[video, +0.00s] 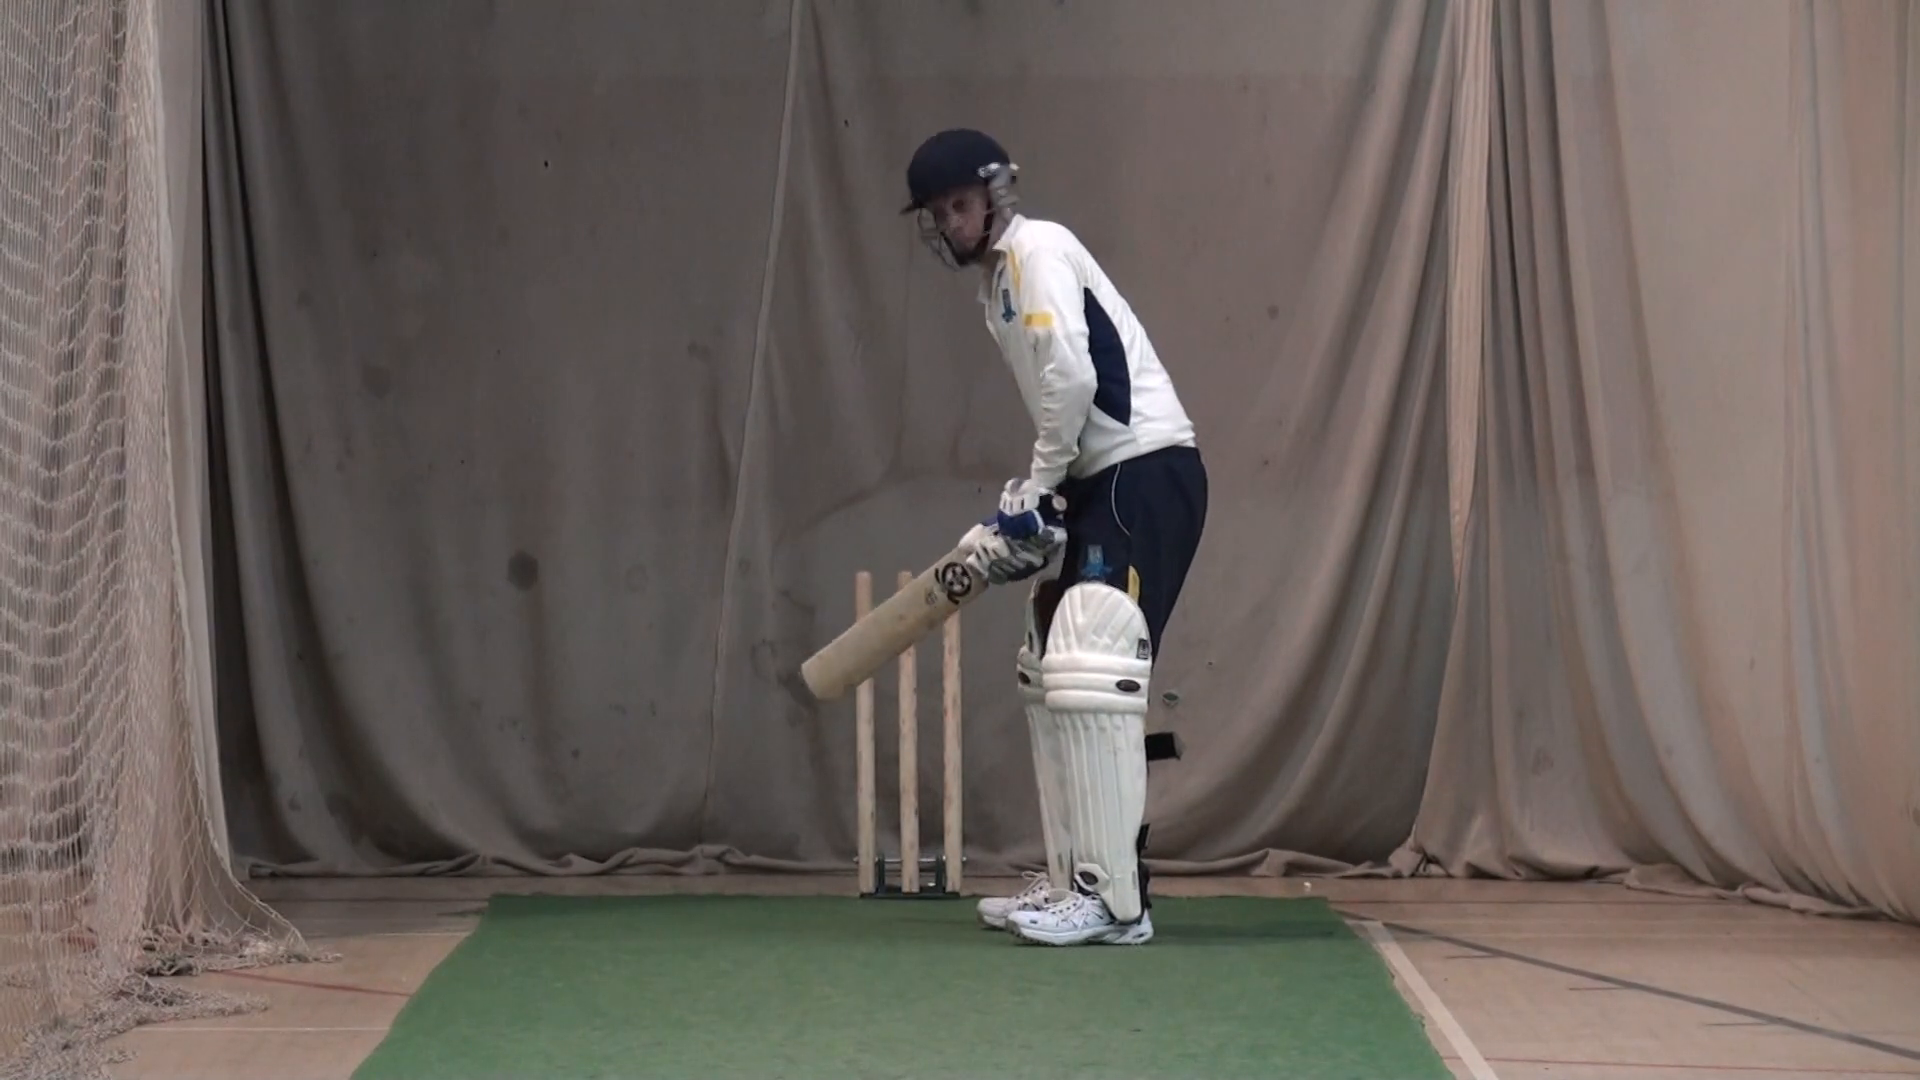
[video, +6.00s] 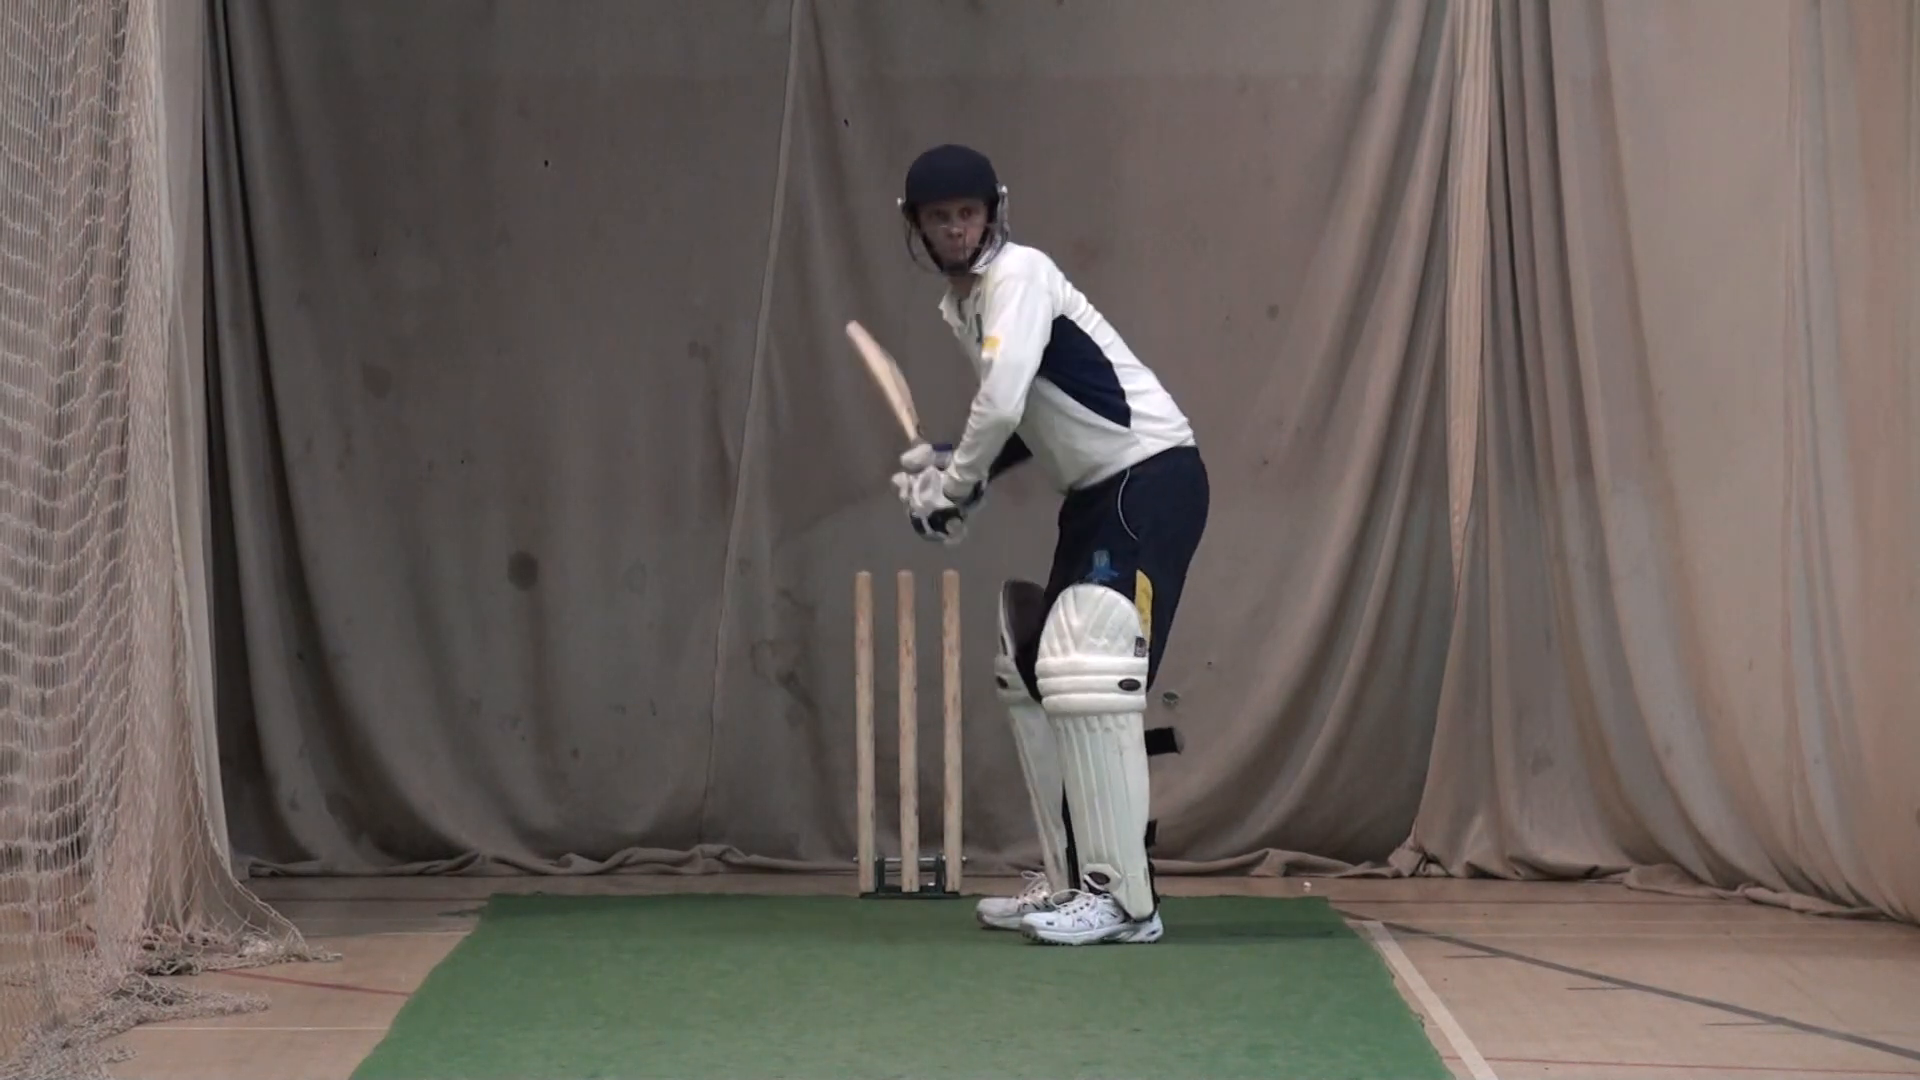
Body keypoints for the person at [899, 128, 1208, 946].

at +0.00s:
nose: (951, 224)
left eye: (962, 204)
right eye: (938, 212)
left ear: (998, 193)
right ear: (930, 218)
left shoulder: (1034, 249)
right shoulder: (1001, 280)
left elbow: (1071, 376)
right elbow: (1057, 415)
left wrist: (1040, 483)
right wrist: (1020, 520)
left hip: (1142, 474)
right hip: (1096, 480)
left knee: (1091, 675)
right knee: (1053, 676)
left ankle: (1114, 900)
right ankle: (1076, 882)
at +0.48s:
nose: (913, 341)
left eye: (901, 325)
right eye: (899, 335)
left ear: (912, 286)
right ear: (914, 286)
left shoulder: (997, 291)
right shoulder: (987, 312)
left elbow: (1052, 421)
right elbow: (1065, 456)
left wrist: (1050, 540)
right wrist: (1025, 600)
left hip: (1154, 471)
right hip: (1120, 480)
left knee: (1115, 684)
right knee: (1095, 682)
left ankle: (1112, 897)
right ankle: (1085, 883)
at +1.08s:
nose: (925, 232)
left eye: (934, 212)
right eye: (908, 223)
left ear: (965, 205)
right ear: (897, 235)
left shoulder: (998, 264)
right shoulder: (969, 296)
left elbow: (1044, 400)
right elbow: (1035, 422)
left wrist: (1029, 523)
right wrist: (1022, 548)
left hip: (1136, 471)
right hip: (1096, 481)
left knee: (1095, 681)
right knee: (1066, 679)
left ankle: (1112, 899)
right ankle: (1080, 884)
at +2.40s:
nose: (1025, 158)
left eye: (1042, 143)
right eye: (1011, 143)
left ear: (1070, 149)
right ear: (993, 150)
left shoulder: (1083, 230)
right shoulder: (1011, 244)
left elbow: (1083, 372)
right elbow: (1038, 383)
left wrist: (1005, 470)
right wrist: (986, 472)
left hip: (1106, 475)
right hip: (1058, 477)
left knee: (1100, 681)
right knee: (1054, 678)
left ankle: (1114, 899)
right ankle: (1071, 879)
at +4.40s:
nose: (967, 194)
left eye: (982, 179)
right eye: (951, 182)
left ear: (1011, 180)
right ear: (934, 191)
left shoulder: (1029, 243)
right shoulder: (987, 274)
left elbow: (1064, 378)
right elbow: (1038, 407)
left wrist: (1025, 494)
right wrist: (1010, 516)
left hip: (1124, 470)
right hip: (1077, 480)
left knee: (1086, 671)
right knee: (1036, 673)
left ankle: (1113, 899)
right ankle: (1076, 882)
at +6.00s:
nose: (956, 231)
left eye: (969, 214)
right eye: (939, 219)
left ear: (994, 213)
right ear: (917, 228)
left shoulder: (1018, 273)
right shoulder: (963, 305)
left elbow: (999, 402)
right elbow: (1032, 415)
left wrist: (954, 494)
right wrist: (956, 462)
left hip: (1148, 474)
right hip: (1092, 490)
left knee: (1094, 675)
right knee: (1040, 676)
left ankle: (1122, 899)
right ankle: (1076, 883)